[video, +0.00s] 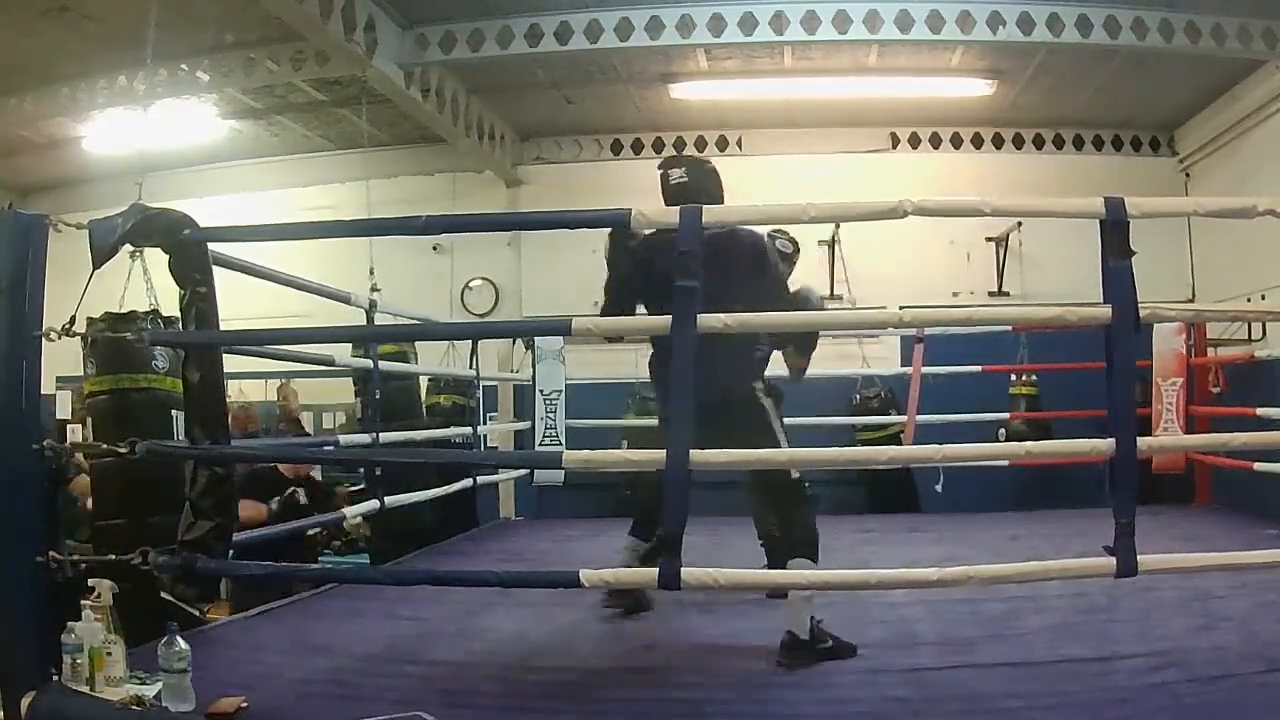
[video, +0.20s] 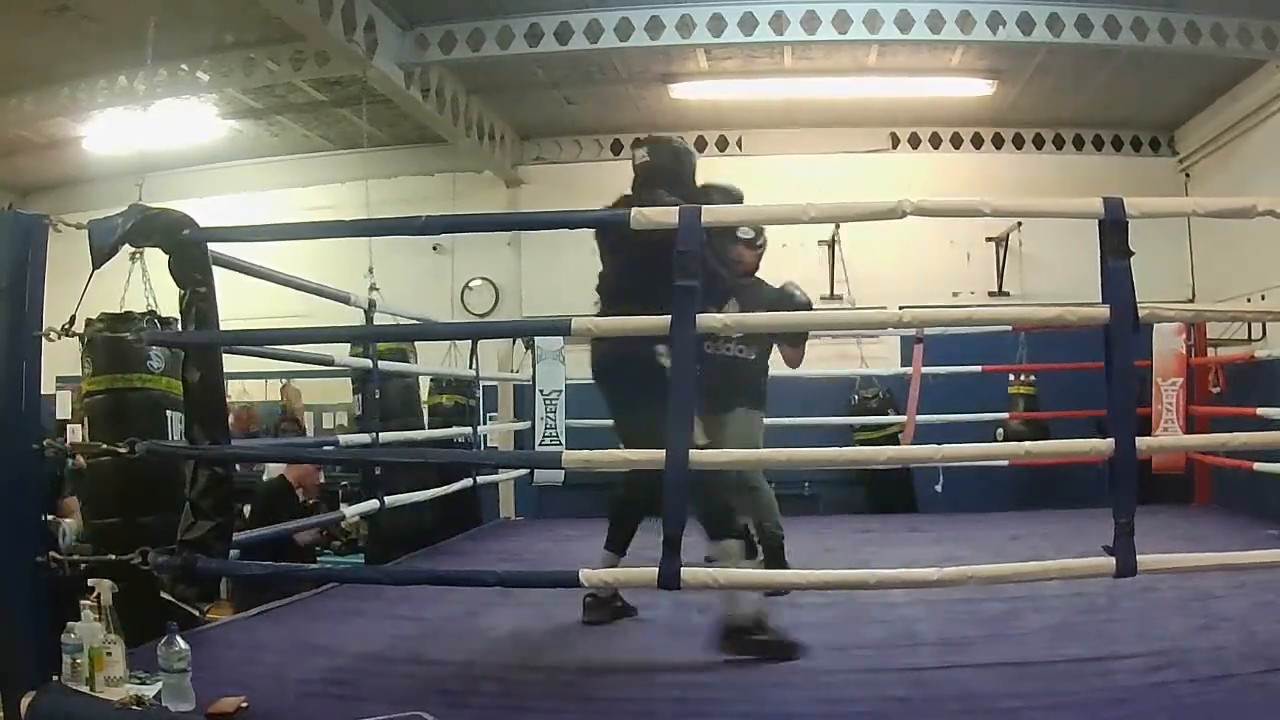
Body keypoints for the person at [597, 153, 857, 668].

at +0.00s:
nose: (703, 207)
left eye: (682, 199)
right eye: (710, 194)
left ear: (666, 199)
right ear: (718, 195)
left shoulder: (647, 250)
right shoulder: (745, 245)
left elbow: (613, 322)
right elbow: (792, 337)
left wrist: (619, 257)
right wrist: (807, 305)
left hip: (674, 408)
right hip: (740, 403)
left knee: (662, 478)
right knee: (786, 498)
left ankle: (628, 575)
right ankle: (801, 625)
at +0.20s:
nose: (696, 187)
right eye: (693, 178)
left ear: (642, 171)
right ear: (683, 179)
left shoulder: (613, 215)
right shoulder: (677, 218)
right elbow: (715, 281)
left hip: (614, 353)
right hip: (649, 358)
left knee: (643, 465)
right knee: (703, 467)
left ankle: (603, 585)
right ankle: (743, 609)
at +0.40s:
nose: (650, 182)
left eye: (650, 174)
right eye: (648, 173)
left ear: (601, 163)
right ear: (634, 167)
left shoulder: (567, 208)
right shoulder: (619, 206)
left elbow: (557, 289)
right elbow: (645, 285)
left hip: (580, 349)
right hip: (600, 353)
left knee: (628, 464)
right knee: (594, 477)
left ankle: (580, 559)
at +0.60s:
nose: (625, 191)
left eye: (626, 182)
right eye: (621, 180)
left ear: (585, 172)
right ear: (596, 175)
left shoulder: (573, 217)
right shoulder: (562, 217)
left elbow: (603, 296)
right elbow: (605, 296)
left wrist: (633, 255)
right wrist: (633, 251)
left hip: (570, 355)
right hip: (550, 355)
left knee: (582, 463)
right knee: (536, 468)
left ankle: (563, 577)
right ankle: (504, 611)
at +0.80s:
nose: (589, 194)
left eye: (589, 187)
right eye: (587, 186)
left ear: (545, 175)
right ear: (573, 180)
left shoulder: (515, 206)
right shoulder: (559, 207)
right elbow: (593, 276)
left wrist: (593, 217)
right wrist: (613, 224)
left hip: (514, 348)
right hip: (526, 350)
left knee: (562, 462)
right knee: (512, 470)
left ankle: (561, 579)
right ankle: (414, 576)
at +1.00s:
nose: (560, 225)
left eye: (561, 216)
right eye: (556, 214)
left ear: (517, 201)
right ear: (537, 207)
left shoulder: (509, 250)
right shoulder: (509, 253)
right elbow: (546, 324)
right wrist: (593, 280)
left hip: (518, 392)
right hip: (488, 396)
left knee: (590, 468)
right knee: (450, 504)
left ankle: (570, 569)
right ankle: (369, 595)